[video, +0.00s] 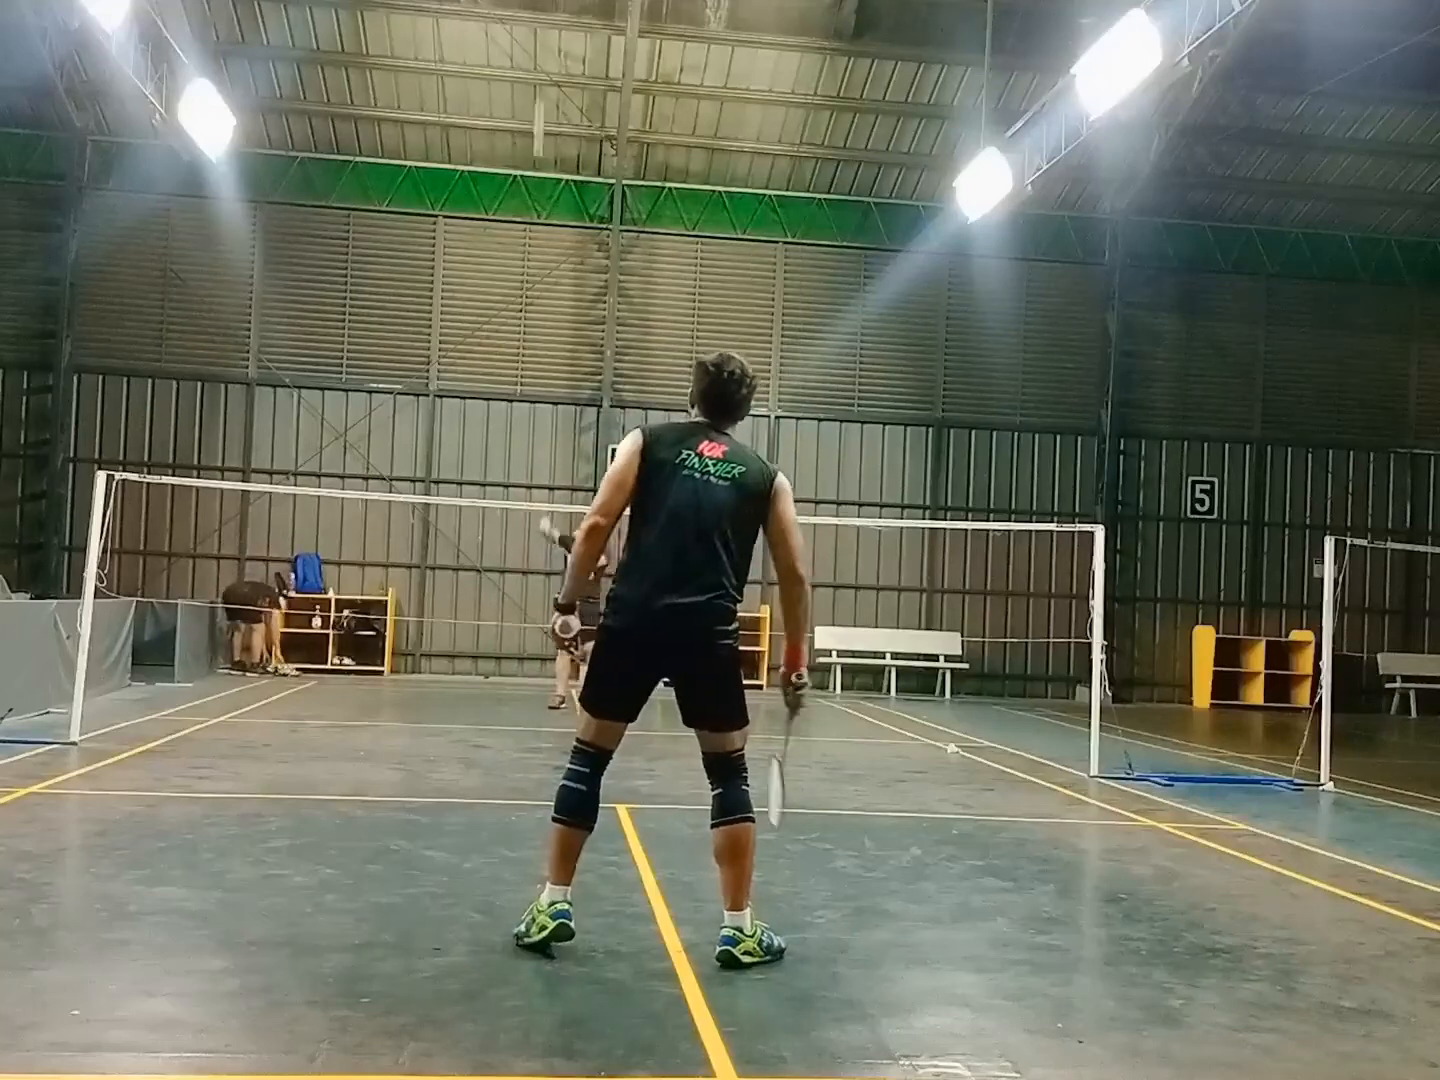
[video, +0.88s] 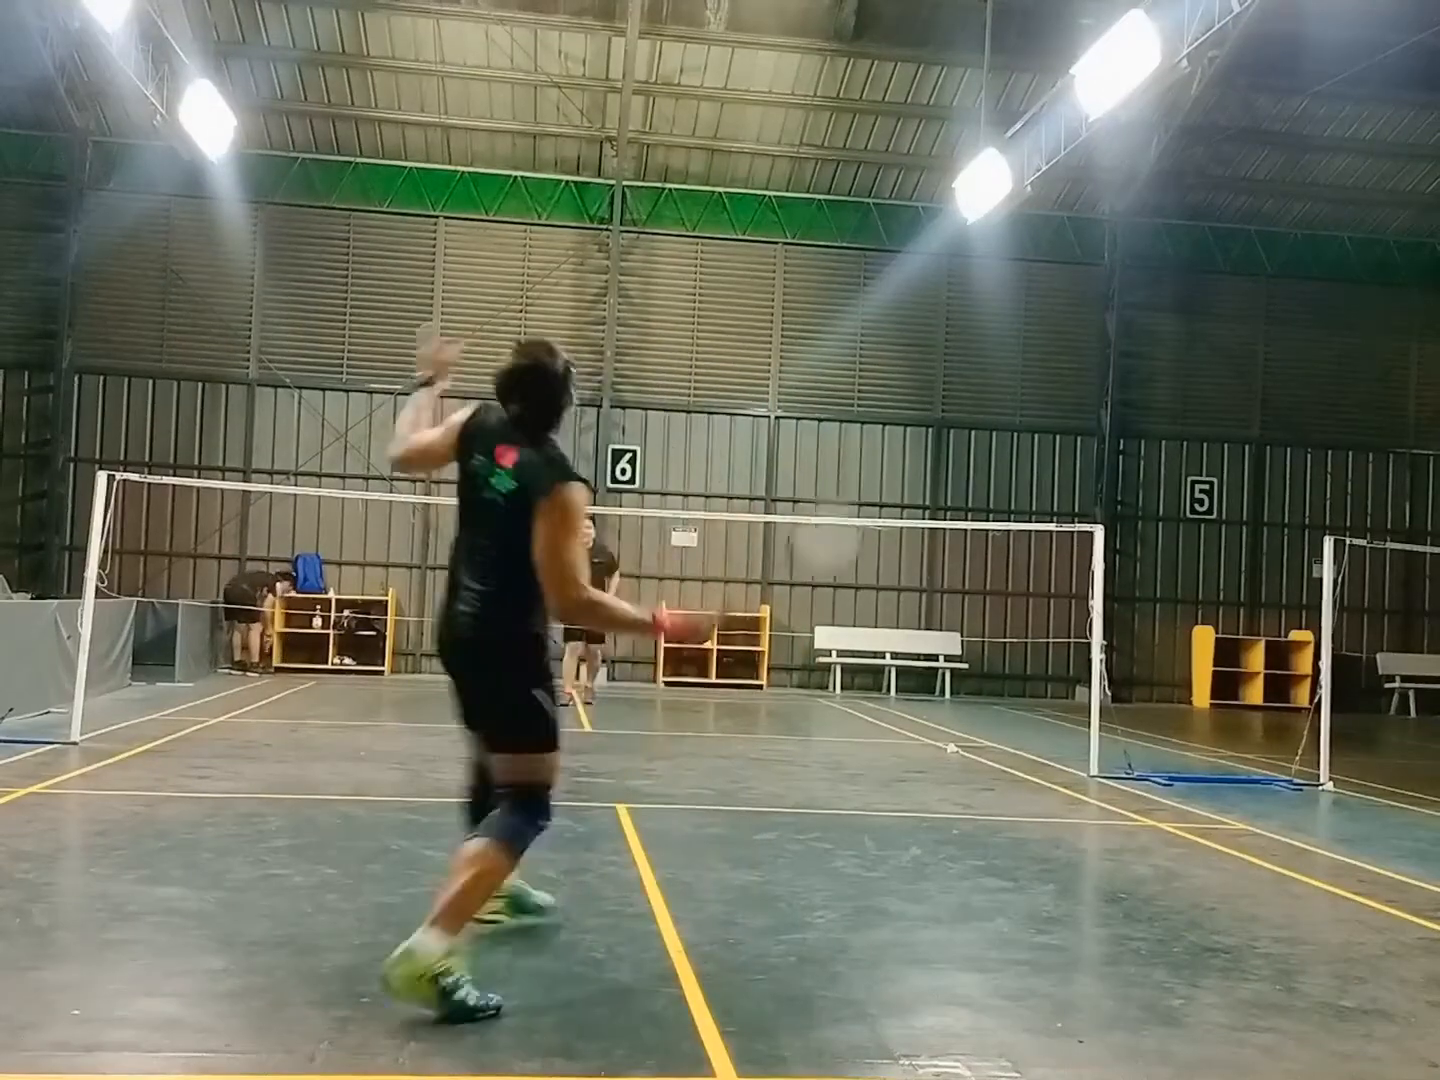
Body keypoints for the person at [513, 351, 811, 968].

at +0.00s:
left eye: (696, 394)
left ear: (691, 400)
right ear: (743, 410)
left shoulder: (644, 443)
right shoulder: (766, 476)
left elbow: (597, 523)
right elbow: (793, 571)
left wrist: (568, 604)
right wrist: (796, 653)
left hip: (631, 629)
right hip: (709, 638)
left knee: (588, 758)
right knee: (728, 772)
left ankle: (554, 901)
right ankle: (738, 926)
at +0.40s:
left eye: (630, 411)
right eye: (661, 419)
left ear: (620, 420)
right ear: (671, 426)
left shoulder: (574, 469)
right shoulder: (695, 486)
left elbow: (540, 555)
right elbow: (704, 582)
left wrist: (538, 631)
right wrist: (703, 648)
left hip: (578, 638)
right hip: (652, 643)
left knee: (566, 757)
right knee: (696, 776)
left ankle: (541, 896)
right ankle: (743, 921)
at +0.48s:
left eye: (611, 392)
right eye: (642, 397)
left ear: (598, 399)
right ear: (649, 404)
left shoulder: (552, 453)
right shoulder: (673, 467)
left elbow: (513, 540)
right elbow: (671, 569)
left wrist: (519, 606)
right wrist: (671, 642)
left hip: (555, 621)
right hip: (624, 626)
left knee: (561, 740)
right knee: (660, 764)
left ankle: (538, 877)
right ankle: (694, 920)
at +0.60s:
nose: (606, 397)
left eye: (594, 384)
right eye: (622, 392)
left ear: (572, 392)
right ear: (625, 398)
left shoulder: (530, 446)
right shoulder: (646, 461)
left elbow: (487, 538)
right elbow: (647, 569)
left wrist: (500, 571)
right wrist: (653, 652)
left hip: (532, 618)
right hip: (600, 622)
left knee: (558, 747)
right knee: (634, 765)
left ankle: (521, 885)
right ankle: (598, 924)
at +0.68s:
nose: (590, 419)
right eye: (597, 411)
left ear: (547, 415)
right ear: (599, 419)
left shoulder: (505, 465)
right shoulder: (617, 488)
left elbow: (447, 531)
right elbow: (625, 596)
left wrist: (489, 494)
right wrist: (658, 668)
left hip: (515, 647)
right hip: (574, 651)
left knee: (554, 766)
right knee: (611, 787)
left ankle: (520, 905)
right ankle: (523, 905)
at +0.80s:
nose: (578, 421)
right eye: (580, 413)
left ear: (526, 419)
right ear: (580, 425)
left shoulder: (487, 458)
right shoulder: (588, 503)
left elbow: (419, 478)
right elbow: (599, 610)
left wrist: (459, 415)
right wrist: (664, 657)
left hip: (491, 650)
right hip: (546, 656)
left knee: (546, 770)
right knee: (567, 804)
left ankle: (511, 900)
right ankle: (470, 914)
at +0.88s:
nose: (565, 399)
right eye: (566, 392)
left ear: (504, 396)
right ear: (562, 405)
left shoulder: (475, 428)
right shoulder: (561, 485)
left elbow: (406, 450)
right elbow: (569, 598)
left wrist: (430, 386)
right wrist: (657, 621)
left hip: (462, 634)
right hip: (509, 645)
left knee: (491, 760)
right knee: (528, 803)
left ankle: (490, 890)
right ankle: (429, 950)